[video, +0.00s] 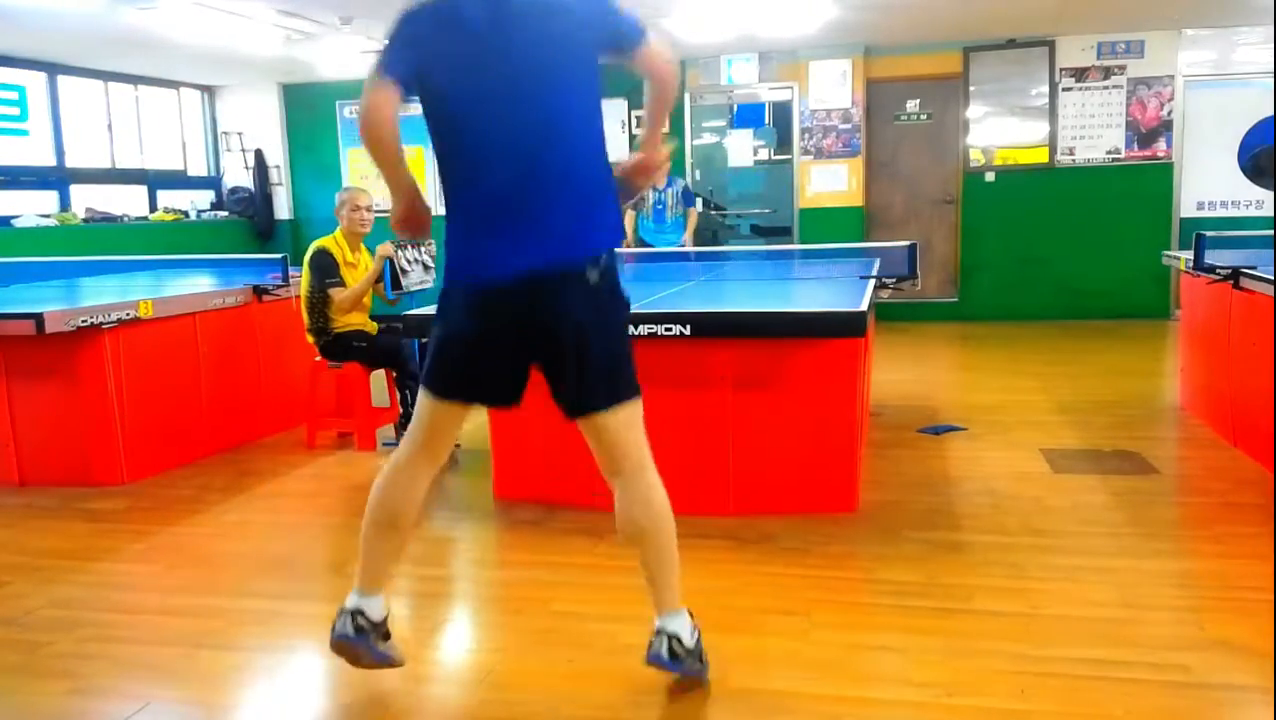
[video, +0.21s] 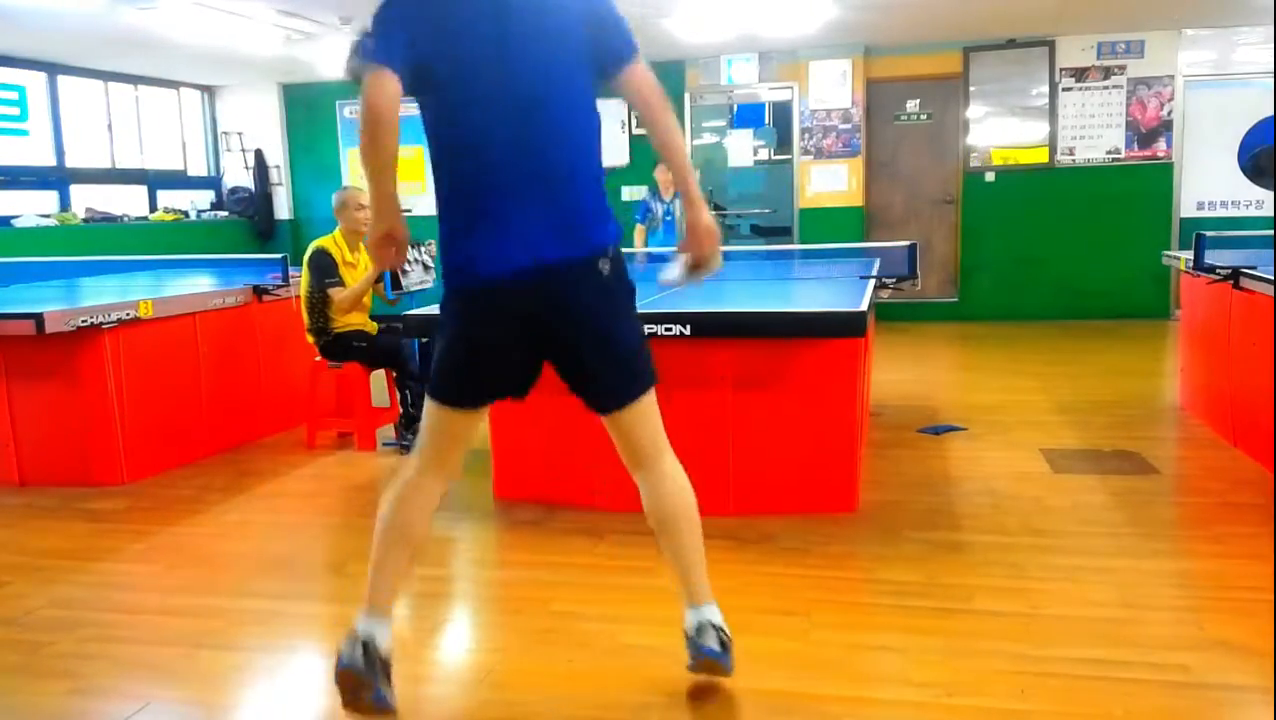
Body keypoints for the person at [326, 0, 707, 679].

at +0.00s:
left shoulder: (426, 17)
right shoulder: (576, 8)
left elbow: (376, 113)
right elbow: (663, 66)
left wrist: (404, 195)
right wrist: (651, 150)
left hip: (482, 278)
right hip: (580, 268)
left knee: (422, 449)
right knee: (630, 462)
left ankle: (362, 611)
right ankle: (675, 627)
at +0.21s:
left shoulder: (410, 10)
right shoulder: (580, 6)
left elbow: (378, 108)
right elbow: (647, 95)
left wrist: (385, 217)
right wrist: (694, 203)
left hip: (482, 278)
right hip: (584, 266)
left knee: (430, 466)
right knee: (651, 458)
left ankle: (370, 634)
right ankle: (705, 618)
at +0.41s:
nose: (509, 44)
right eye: (508, 33)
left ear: (426, 42)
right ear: (500, 39)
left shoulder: (386, 127)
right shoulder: (550, 119)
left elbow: (341, 244)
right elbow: (623, 238)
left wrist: (382, 317)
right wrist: (674, 337)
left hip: (443, 391)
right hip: (552, 383)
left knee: (403, 551)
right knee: (632, 523)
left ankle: (372, 710)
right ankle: (712, 673)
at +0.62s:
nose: (473, 13)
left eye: (469, 9)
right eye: (472, 7)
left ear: (389, 3)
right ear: (458, 5)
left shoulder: (322, 67)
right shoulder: (494, 72)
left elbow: (264, 191)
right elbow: (549, 214)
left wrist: (307, 257)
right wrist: (578, 314)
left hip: (332, 341)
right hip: (440, 343)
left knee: (319, 513)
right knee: (491, 536)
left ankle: (268, 689)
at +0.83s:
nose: (418, 58)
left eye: (417, 41)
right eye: (418, 41)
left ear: (336, 40)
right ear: (405, 41)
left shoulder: (263, 128)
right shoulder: (411, 136)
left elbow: (203, 251)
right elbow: (454, 285)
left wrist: (248, 331)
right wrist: (497, 388)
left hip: (246, 400)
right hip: (351, 406)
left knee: (221, 553)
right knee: (433, 578)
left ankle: (144, 706)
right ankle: (425, 711)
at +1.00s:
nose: (389, 48)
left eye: (387, 33)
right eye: (388, 31)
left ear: (304, 29)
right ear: (374, 29)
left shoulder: (227, 107)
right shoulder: (373, 120)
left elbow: (167, 232)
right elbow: (397, 264)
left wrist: (228, 299)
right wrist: (465, 363)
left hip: (197, 372)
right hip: (299, 382)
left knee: (198, 539)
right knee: (400, 557)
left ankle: (116, 701)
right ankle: (380, 711)